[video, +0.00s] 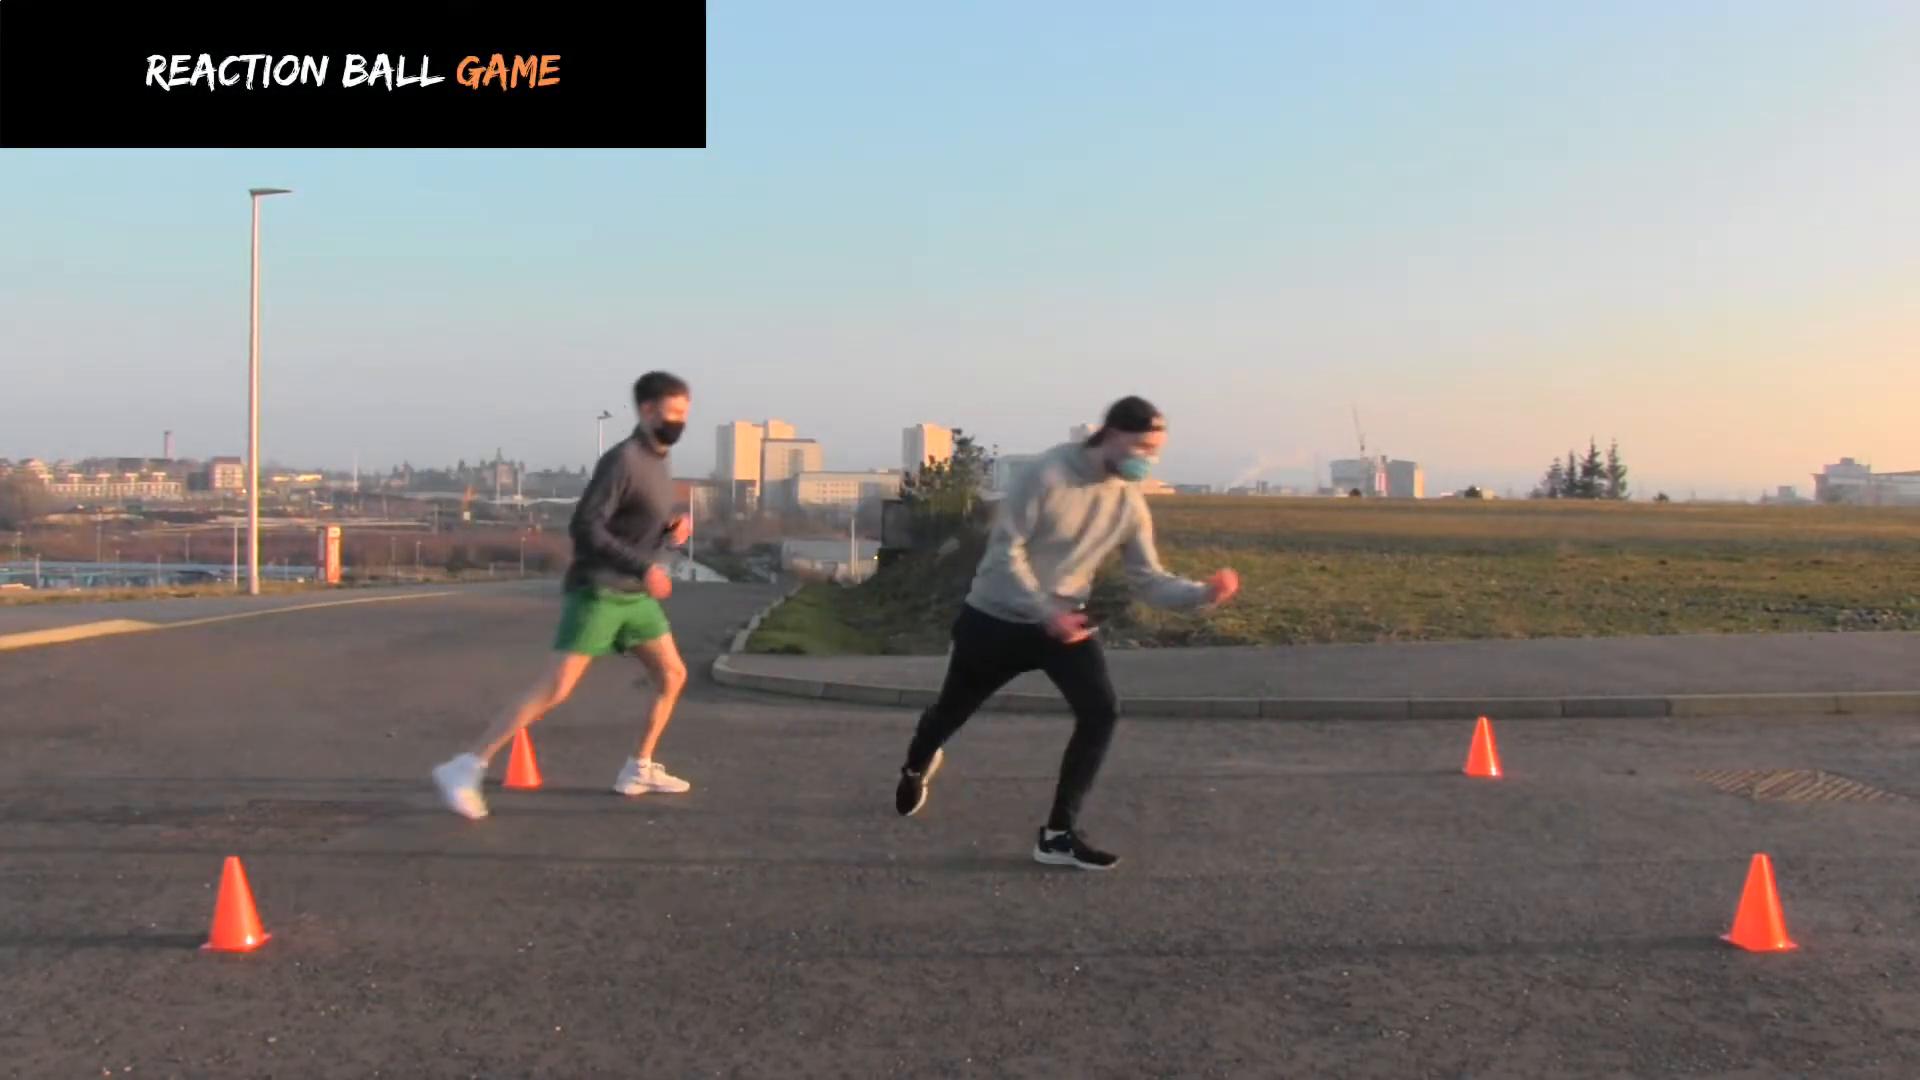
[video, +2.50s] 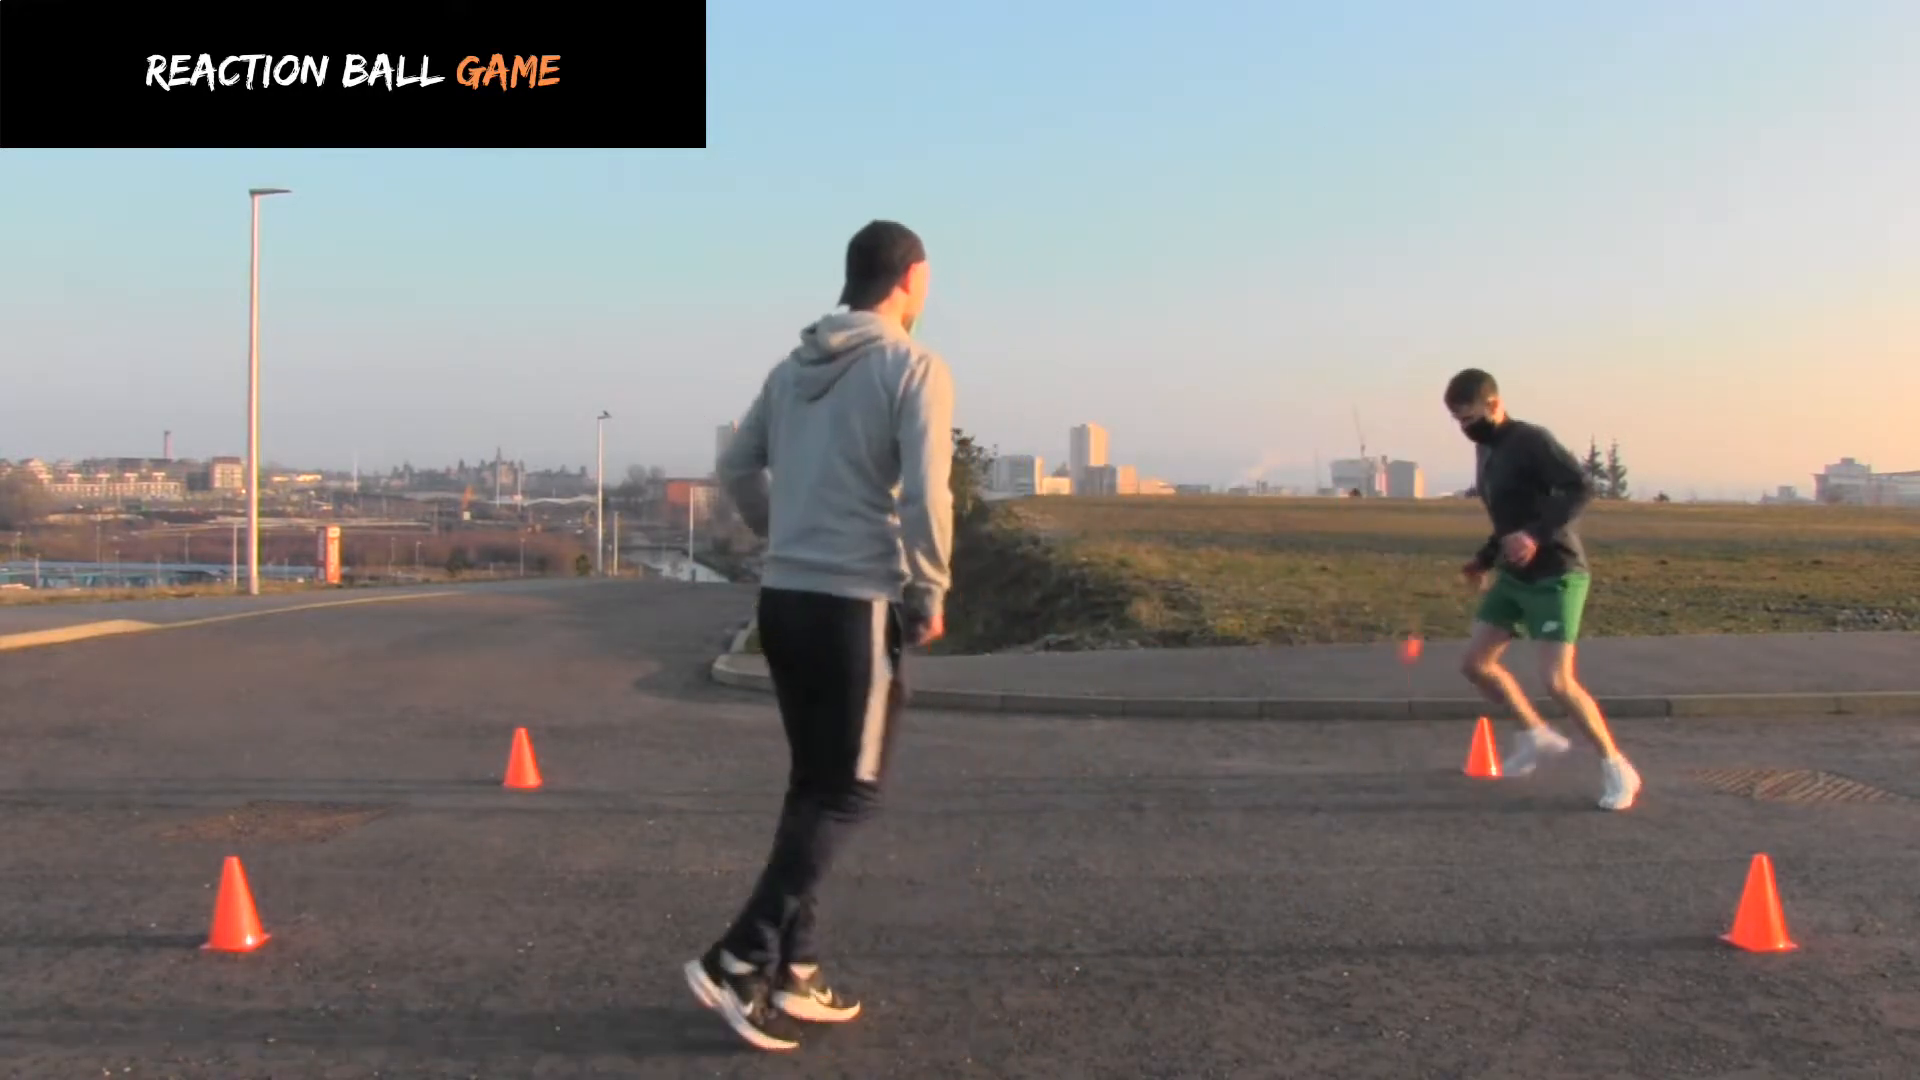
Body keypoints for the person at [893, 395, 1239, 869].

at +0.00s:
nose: (1148, 463)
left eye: (1154, 454)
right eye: (1142, 451)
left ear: (1147, 449)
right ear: (1112, 437)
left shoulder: (1128, 502)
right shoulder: (1045, 475)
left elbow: (1146, 581)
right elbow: (1002, 554)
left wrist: (1203, 593)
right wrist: (1048, 610)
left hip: (1062, 625)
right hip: (998, 618)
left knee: (1100, 713)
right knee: (949, 713)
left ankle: (1058, 834)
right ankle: (916, 769)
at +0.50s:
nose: (1240, 375)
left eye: (1233, 364)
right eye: (1240, 366)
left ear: (1182, 364)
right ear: (1235, 371)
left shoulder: (1134, 428)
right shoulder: (1235, 434)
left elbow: (1112, 507)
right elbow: (1243, 524)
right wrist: (1243, 583)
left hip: (1114, 595)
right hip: (1180, 599)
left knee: (1136, 707)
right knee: (1246, 722)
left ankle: (1090, 834)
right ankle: (1253, 866)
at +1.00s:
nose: (1200, 315)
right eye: (1202, 304)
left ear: (1139, 312)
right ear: (1203, 313)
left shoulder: (1097, 385)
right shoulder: (1234, 392)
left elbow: (1053, 460)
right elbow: (1261, 509)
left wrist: (1100, 499)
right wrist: (1205, 507)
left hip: (1113, 593)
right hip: (1196, 594)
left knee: (1133, 752)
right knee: (1198, 751)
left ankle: (1148, 908)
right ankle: (1179, 901)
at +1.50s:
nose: (1126, 289)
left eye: (1110, 278)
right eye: (1124, 278)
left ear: (1052, 287)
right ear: (1117, 284)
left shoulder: (1010, 372)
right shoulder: (1150, 367)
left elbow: (980, 471)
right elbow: (1188, 478)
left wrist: (1048, 463)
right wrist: (1178, 572)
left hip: (1025, 590)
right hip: (1111, 590)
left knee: (1034, 772)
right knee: (1150, 767)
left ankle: (1019, 961)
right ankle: (1151, 950)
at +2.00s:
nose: (1026, 308)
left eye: (1018, 295)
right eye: (1025, 297)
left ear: (945, 299)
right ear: (1016, 303)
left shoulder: (894, 397)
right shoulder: (1031, 393)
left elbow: (860, 506)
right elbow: (1078, 527)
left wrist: (933, 524)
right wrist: (1058, 601)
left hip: (902, 631)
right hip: (990, 634)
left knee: (943, 776)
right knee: (997, 822)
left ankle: (906, 947)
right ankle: (934, 1017)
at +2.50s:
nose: (925, 294)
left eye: (922, 280)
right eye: (923, 281)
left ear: (853, 278)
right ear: (907, 281)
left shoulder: (794, 365)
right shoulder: (916, 368)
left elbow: (735, 464)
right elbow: (923, 490)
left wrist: (781, 536)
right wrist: (930, 589)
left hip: (786, 599)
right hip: (857, 603)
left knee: (812, 783)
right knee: (850, 790)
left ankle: (792, 970)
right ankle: (734, 963)